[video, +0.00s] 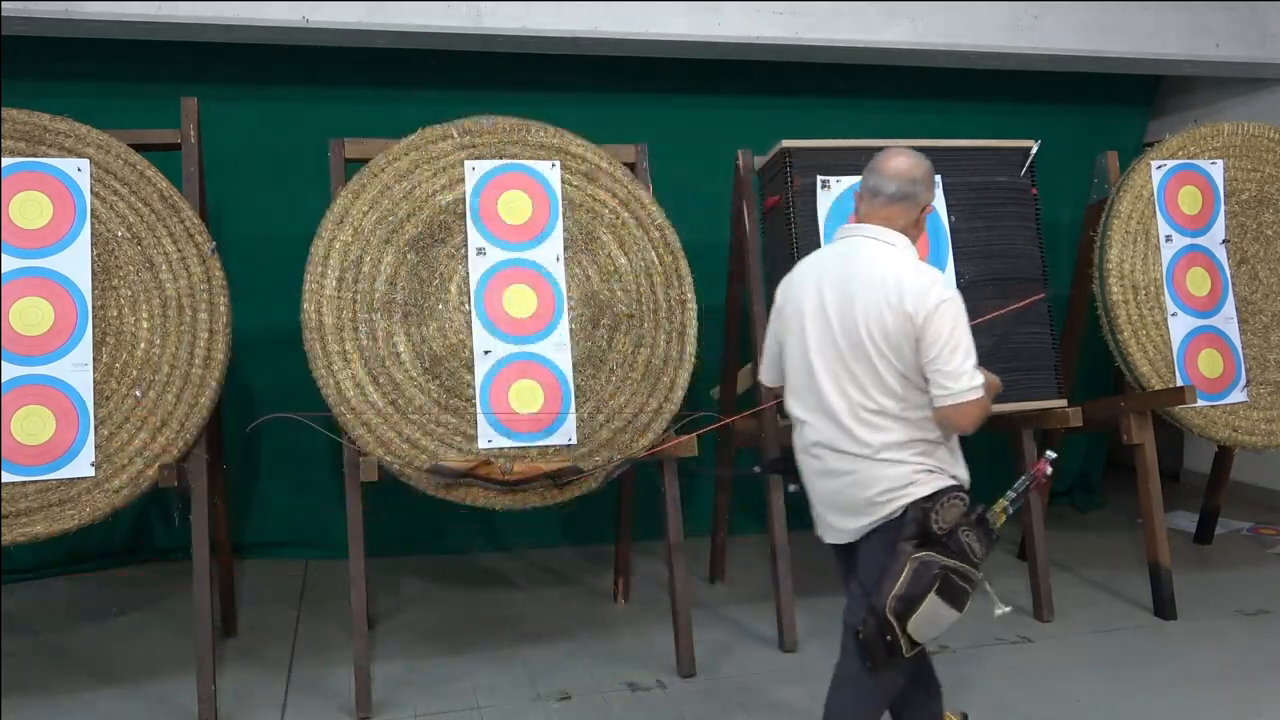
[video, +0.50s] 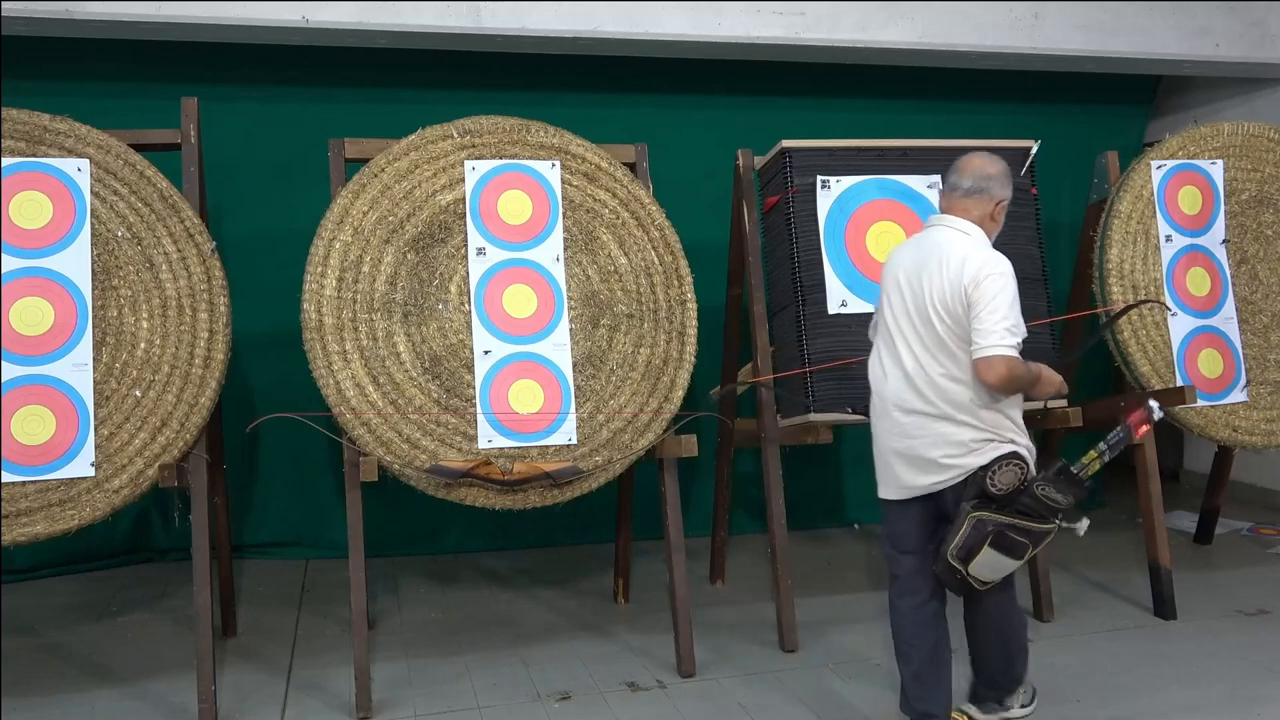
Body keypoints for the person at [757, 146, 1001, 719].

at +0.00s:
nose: (927, 219)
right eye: (927, 209)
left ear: (857, 200)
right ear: (922, 213)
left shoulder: (797, 280)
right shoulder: (926, 289)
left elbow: (774, 384)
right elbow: (960, 416)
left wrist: (843, 378)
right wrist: (986, 388)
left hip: (830, 495)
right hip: (909, 494)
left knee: (892, 633)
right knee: (870, 642)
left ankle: (925, 714)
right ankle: (846, 715)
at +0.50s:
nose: (1003, 219)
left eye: (1004, 210)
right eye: (1005, 210)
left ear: (943, 195)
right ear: (995, 208)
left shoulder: (900, 255)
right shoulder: (985, 264)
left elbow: (889, 342)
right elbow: (995, 371)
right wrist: (1038, 376)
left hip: (899, 453)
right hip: (972, 454)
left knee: (911, 583)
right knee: (989, 575)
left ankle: (925, 709)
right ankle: (999, 694)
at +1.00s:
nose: (1020, 229)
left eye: (1022, 219)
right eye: (1021, 219)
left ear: (967, 207)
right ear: (1007, 213)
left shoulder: (937, 251)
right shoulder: (977, 253)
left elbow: (940, 343)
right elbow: (970, 336)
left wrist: (1022, 367)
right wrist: (1029, 362)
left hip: (929, 429)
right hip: (971, 433)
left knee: (932, 540)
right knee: (990, 557)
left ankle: (922, 646)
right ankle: (987, 688)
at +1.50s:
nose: (1019, 224)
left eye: (1020, 215)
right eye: (1019, 213)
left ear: (976, 203)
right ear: (1000, 210)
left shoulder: (954, 246)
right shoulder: (963, 252)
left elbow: (935, 336)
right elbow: (926, 333)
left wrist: (996, 362)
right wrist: (991, 361)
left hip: (938, 433)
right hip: (943, 440)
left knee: (936, 548)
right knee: (955, 558)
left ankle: (921, 645)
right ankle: (944, 675)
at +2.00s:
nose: (1006, 201)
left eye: (1006, 191)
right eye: (993, 194)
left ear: (973, 204)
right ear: (956, 205)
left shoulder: (972, 252)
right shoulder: (941, 265)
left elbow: (947, 344)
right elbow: (901, 363)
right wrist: (987, 378)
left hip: (1003, 442)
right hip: (969, 452)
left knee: (1017, 541)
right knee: (968, 563)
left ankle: (949, 628)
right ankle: (942, 675)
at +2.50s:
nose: (965, 207)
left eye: (976, 193)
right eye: (948, 199)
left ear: (995, 199)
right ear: (930, 211)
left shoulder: (1040, 269)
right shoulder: (900, 279)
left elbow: (1061, 365)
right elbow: (867, 384)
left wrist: (1065, 439)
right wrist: (911, 354)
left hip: (1016, 476)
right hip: (930, 474)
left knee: (1007, 611)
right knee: (941, 584)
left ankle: (999, 713)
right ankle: (948, 671)